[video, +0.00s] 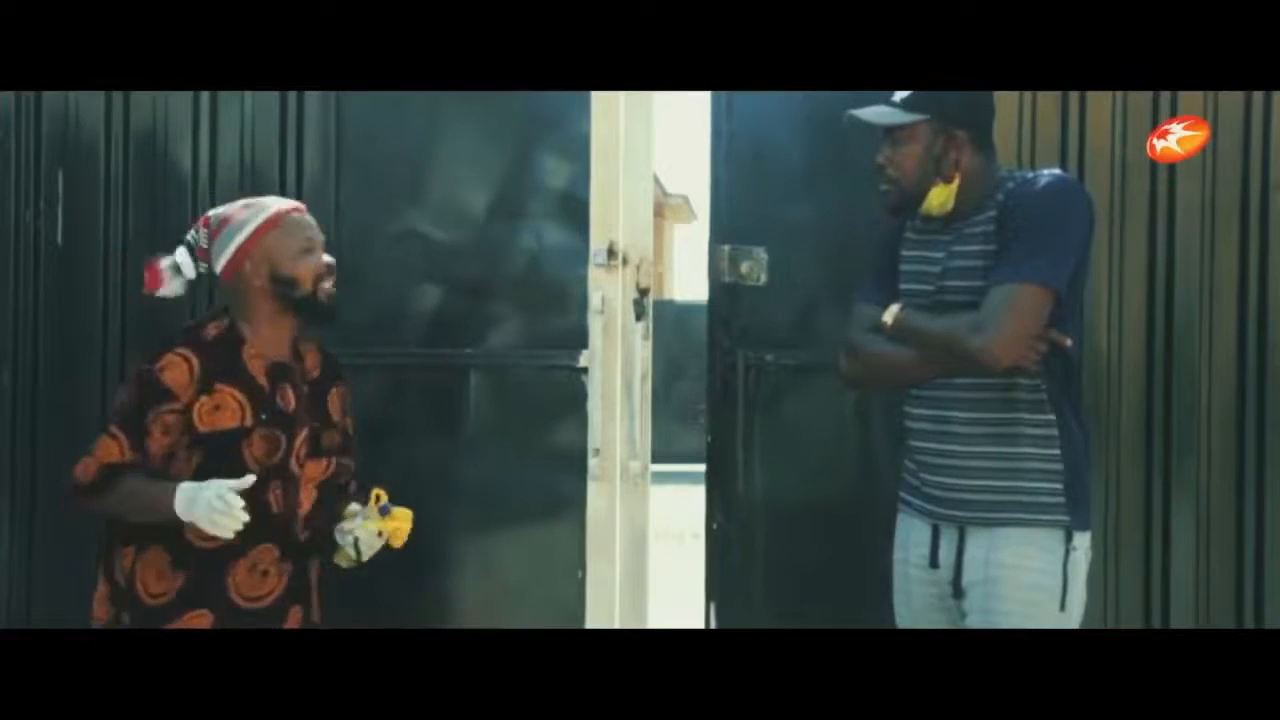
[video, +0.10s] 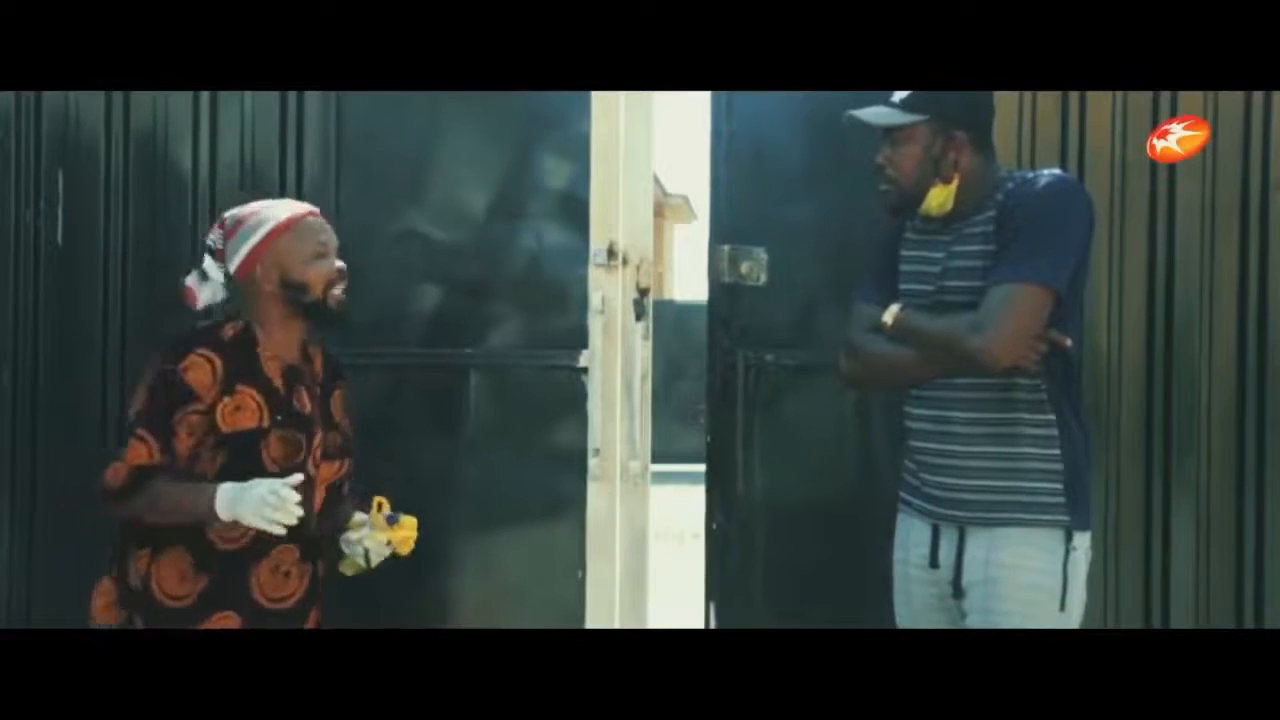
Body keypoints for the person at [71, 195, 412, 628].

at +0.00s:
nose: (329, 262)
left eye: (323, 249)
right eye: (308, 252)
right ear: (255, 272)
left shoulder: (324, 376)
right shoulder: (185, 369)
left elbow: (325, 496)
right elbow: (95, 482)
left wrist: (350, 528)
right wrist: (181, 500)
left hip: (286, 615)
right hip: (181, 616)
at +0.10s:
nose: (341, 268)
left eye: (335, 255)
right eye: (320, 258)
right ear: (267, 276)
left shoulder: (326, 375)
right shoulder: (197, 367)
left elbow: (327, 498)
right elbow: (124, 490)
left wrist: (353, 529)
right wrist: (226, 501)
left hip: (290, 615)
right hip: (188, 614)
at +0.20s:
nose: (340, 275)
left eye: (341, 261)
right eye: (318, 263)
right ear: (265, 278)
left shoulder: (328, 375)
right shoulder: (205, 370)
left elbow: (329, 494)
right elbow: (137, 492)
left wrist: (354, 534)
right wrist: (242, 507)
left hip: (300, 614)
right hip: (206, 615)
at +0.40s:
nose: (325, 282)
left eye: (333, 269)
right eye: (300, 269)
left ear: (342, 277)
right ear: (253, 282)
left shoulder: (332, 380)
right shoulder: (195, 372)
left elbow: (344, 496)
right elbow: (123, 490)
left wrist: (367, 548)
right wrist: (196, 520)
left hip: (307, 614)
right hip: (203, 616)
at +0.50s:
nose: (306, 285)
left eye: (318, 270)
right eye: (283, 271)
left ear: (332, 283)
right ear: (242, 283)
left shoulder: (336, 382)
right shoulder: (192, 374)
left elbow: (359, 494)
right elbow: (101, 475)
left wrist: (377, 559)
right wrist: (151, 507)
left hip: (304, 614)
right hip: (198, 614)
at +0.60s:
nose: (293, 286)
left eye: (308, 272)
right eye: (269, 272)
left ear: (323, 285)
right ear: (231, 287)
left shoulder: (336, 381)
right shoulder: (186, 373)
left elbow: (360, 499)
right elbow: (121, 461)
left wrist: (393, 565)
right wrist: (104, 497)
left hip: (299, 617)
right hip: (188, 617)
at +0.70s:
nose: (290, 287)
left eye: (305, 274)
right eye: (267, 274)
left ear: (321, 289)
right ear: (229, 290)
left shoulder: (337, 384)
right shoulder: (181, 380)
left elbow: (365, 501)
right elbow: (111, 466)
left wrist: (404, 573)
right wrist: (54, 497)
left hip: (296, 617)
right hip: (181, 616)